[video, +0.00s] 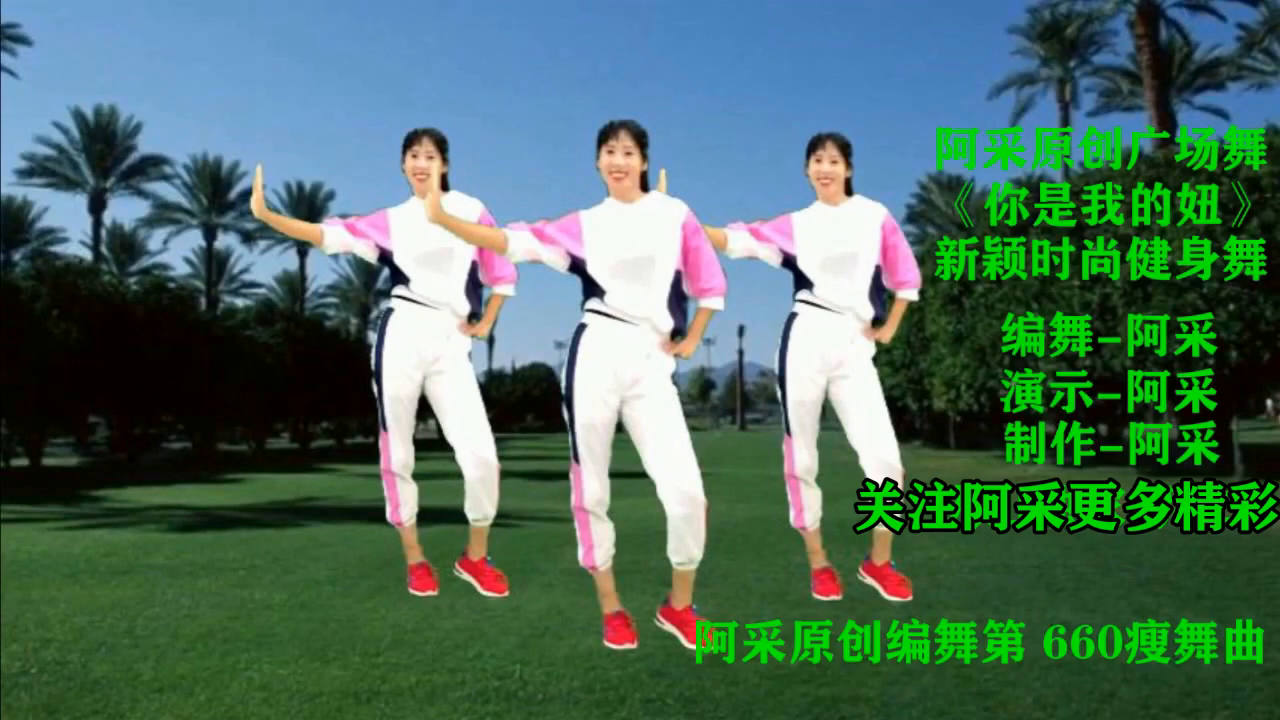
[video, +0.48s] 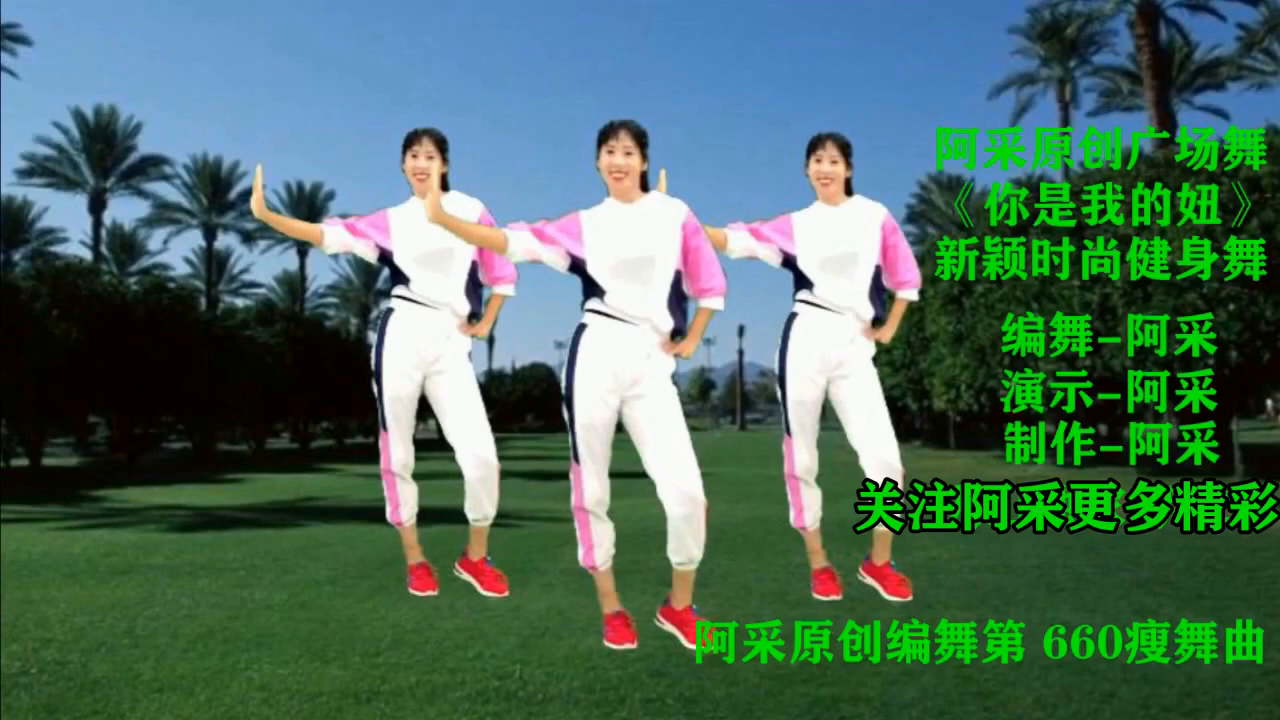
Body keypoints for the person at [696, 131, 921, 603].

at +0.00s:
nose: (825, 168)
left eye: (833, 161)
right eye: (818, 161)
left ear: (848, 169)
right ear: (807, 171)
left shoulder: (875, 217)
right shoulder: (797, 223)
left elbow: (907, 277)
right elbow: (734, 238)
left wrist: (888, 329)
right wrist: (682, 224)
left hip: (855, 340)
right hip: (806, 335)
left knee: (885, 458)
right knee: (802, 458)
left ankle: (879, 562)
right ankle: (819, 565)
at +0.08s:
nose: (825, 168)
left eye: (833, 161)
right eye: (818, 161)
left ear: (848, 169)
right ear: (807, 171)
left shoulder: (876, 217)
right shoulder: (797, 223)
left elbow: (907, 277)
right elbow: (734, 238)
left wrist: (888, 329)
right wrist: (682, 224)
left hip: (855, 340)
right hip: (806, 335)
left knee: (885, 458)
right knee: (802, 458)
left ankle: (879, 562)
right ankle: (819, 565)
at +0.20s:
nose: (825, 168)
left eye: (833, 161)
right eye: (818, 161)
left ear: (848, 169)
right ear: (807, 171)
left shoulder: (876, 217)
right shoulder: (797, 223)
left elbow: (907, 277)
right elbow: (734, 238)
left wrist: (888, 329)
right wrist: (682, 224)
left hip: (855, 340)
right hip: (806, 335)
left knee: (885, 458)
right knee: (802, 458)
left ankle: (879, 562)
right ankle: (819, 565)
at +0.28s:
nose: (825, 168)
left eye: (833, 161)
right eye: (818, 161)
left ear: (848, 169)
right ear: (807, 171)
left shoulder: (876, 217)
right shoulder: (797, 223)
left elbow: (907, 277)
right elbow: (734, 238)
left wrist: (888, 329)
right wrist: (682, 224)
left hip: (855, 340)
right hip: (806, 335)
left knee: (885, 458)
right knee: (802, 458)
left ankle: (879, 562)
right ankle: (819, 565)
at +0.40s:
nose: (825, 168)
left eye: (833, 161)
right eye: (818, 161)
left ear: (848, 169)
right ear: (807, 171)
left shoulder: (876, 217)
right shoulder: (797, 223)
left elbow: (907, 277)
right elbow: (734, 238)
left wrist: (888, 329)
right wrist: (682, 224)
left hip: (855, 340)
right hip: (806, 335)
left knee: (885, 458)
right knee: (802, 458)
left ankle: (879, 562)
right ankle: (819, 565)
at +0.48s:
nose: (825, 168)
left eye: (833, 161)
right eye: (818, 161)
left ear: (848, 169)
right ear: (807, 171)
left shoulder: (876, 217)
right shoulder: (797, 223)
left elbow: (907, 277)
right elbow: (734, 238)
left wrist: (888, 329)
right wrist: (682, 224)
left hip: (855, 340)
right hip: (806, 335)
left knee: (885, 458)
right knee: (802, 458)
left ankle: (879, 562)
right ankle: (819, 565)